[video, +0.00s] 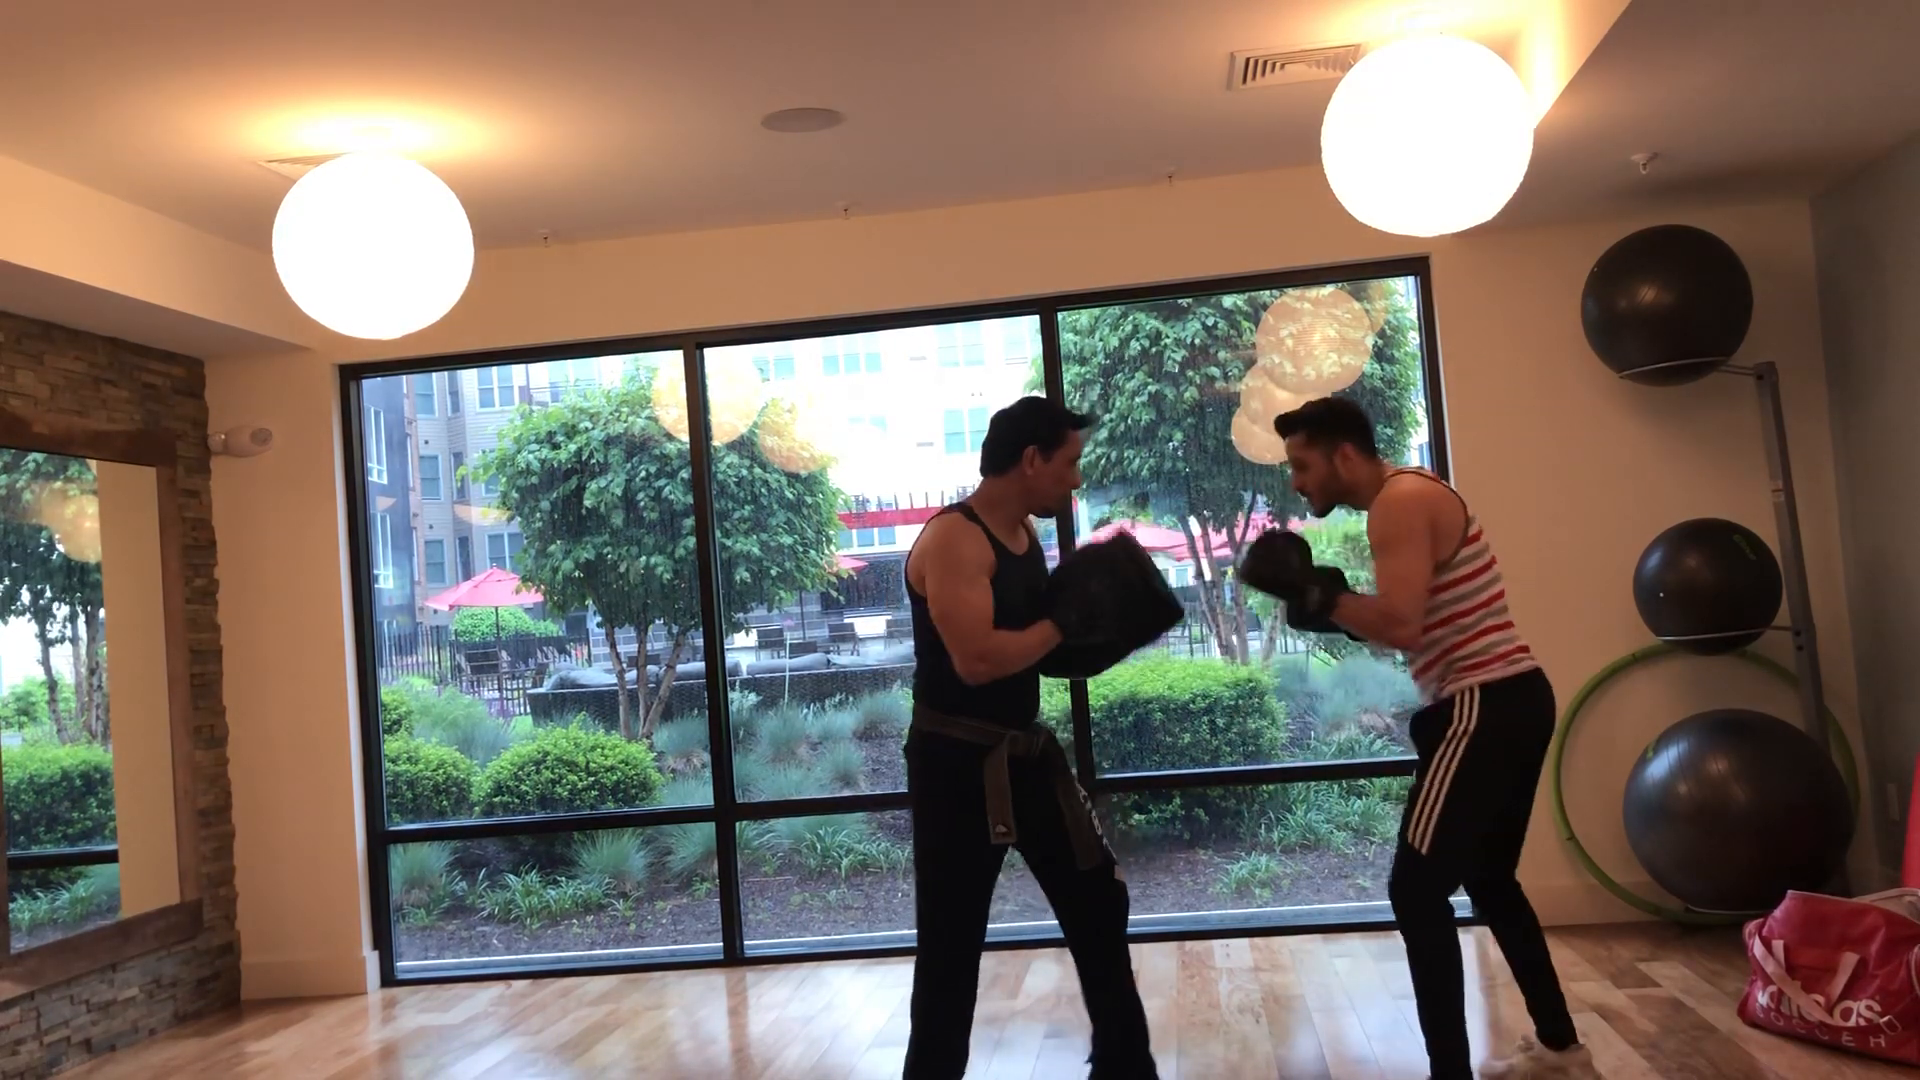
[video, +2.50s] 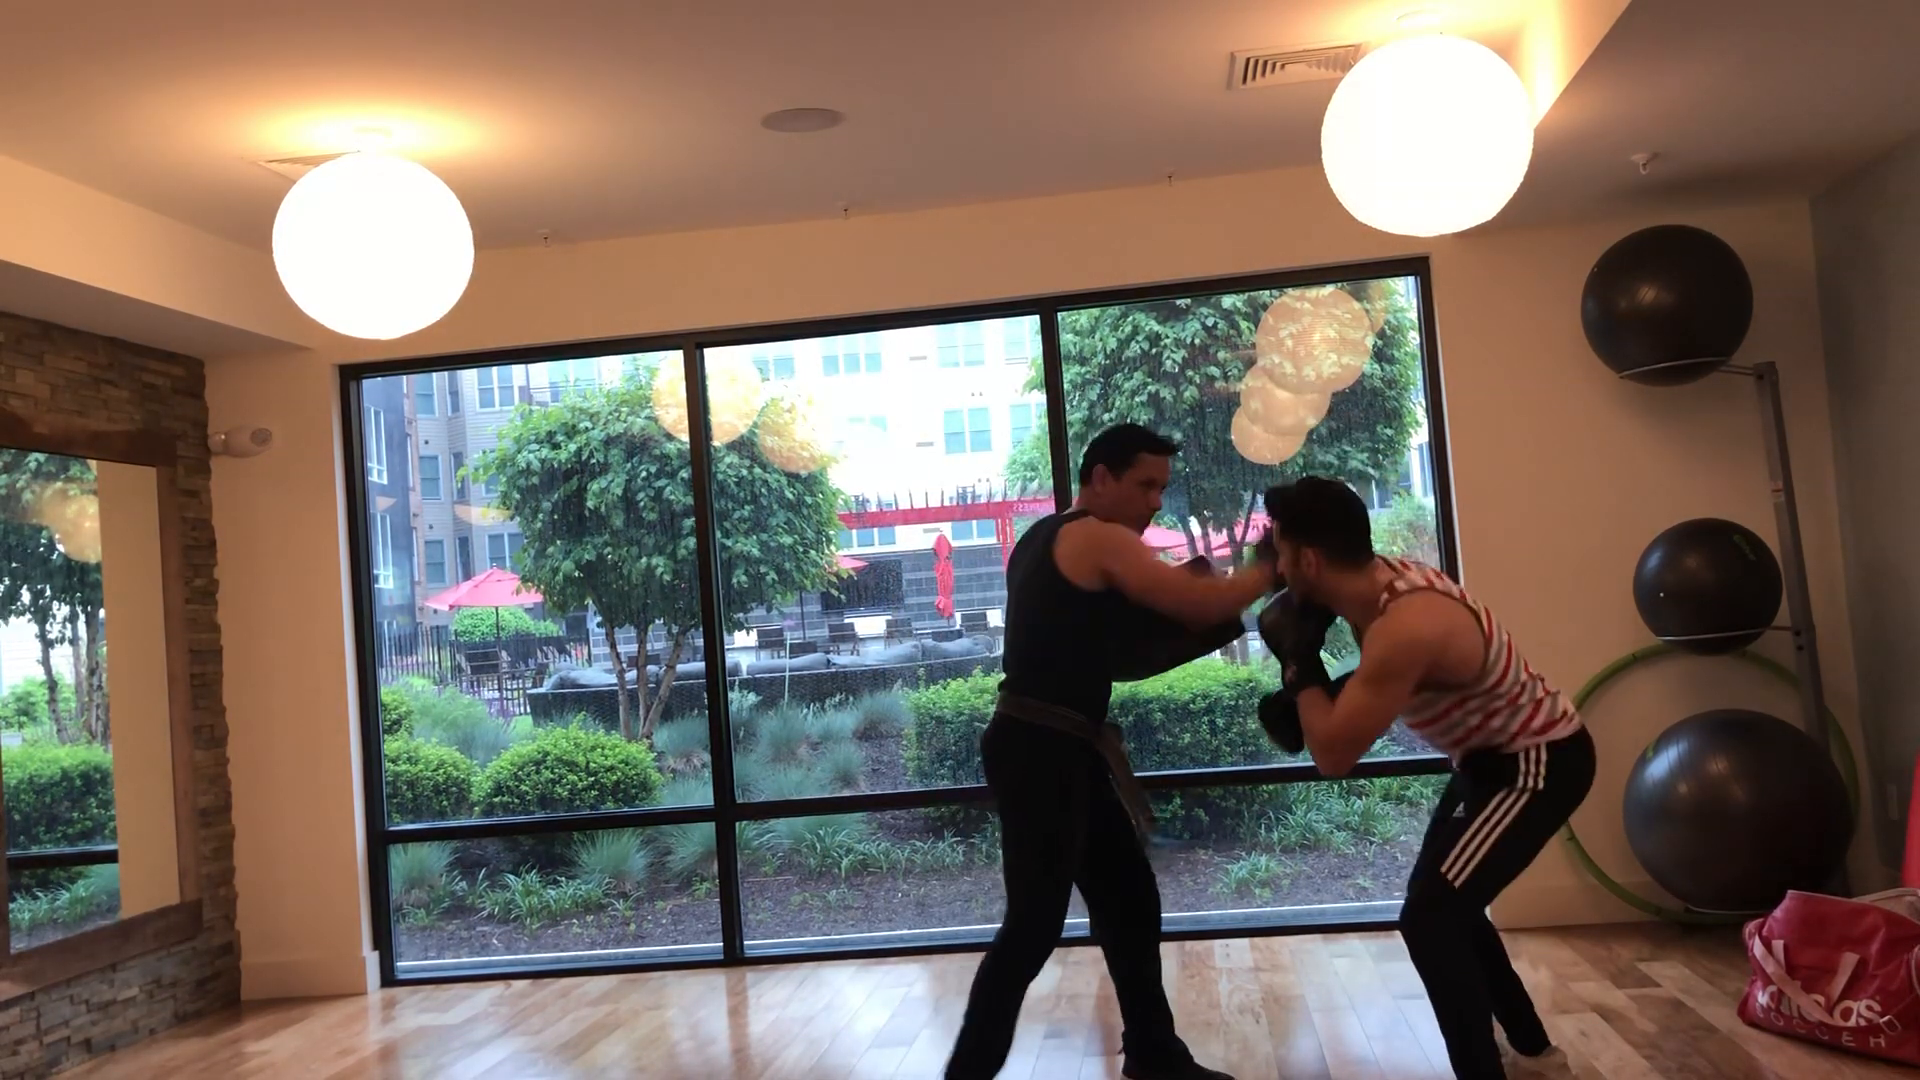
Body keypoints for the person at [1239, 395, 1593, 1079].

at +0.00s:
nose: (1295, 482)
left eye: (1300, 465)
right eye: (1291, 468)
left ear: (1344, 455)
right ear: (1348, 457)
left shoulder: (1399, 502)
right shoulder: (1417, 493)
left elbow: (1402, 624)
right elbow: (1417, 623)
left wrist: (1320, 592)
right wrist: (1338, 604)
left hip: (1482, 706)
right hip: (1511, 698)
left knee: (1414, 890)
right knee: (1490, 877)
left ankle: (1449, 1072)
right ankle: (1556, 1032)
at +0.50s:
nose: (1274, 528)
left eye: (1277, 511)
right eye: (1270, 513)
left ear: (1317, 501)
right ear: (1324, 500)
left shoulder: (1400, 565)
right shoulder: (1388, 533)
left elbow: (1354, 700)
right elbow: (1392, 648)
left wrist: (1289, 642)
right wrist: (1312, 641)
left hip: (1501, 735)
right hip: (1492, 727)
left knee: (1417, 912)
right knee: (1466, 895)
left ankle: (1454, 1075)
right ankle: (1552, 1037)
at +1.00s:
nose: (1258, 495)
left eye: (1259, 476)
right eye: (1254, 480)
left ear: (1298, 462)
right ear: (1308, 463)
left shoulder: (1360, 522)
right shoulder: (1376, 509)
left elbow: (1342, 650)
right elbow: (1370, 644)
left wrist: (1260, 643)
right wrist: (1292, 654)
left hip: (1464, 723)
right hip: (1466, 717)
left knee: (1415, 910)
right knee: (1447, 893)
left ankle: (1457, 1067)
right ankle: (1493, 1044)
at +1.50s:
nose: (1272, 509)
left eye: (1278, 491)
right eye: (1267, 496)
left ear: (1323, 479)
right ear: (1325, 485)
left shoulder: (1349, 525)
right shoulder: (1381, 522)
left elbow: (1395, 613)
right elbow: (1357, 669)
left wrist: (1313, 658)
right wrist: (1292, 620)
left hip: (1468, 703)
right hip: (1506, 698)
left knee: (1380, 884)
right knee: (1438, 872)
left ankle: (1452, 1065)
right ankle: (1492, 1035)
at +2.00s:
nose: (1283, 488)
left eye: (1285, 471)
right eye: (1278, 474)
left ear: (1325, 456)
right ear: (1332, 456)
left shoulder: (1379, 497)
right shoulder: (1418, 484)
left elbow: (1376, 621)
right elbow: (1391, 615)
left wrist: (1297, 588)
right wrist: (1316, 587)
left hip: (1478, 698)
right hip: (1526, 688)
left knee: (1407, 886)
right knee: (1504, 876)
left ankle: (1451, 1066)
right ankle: (1541, 1035)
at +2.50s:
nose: (1276, 566)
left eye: (1278, 551)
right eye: (1274, 551)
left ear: (1310, 558)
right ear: (1339, 545)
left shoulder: (1408, 627)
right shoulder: (1380, 587)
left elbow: (1333, 754)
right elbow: (1397, 683)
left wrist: (1299, 660)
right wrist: (1317, 704)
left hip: (1537, 758)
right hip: (1492, 752)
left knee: (1428, 917)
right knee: (1444, 899)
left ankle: (1481, 1071)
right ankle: (1530, 1042)